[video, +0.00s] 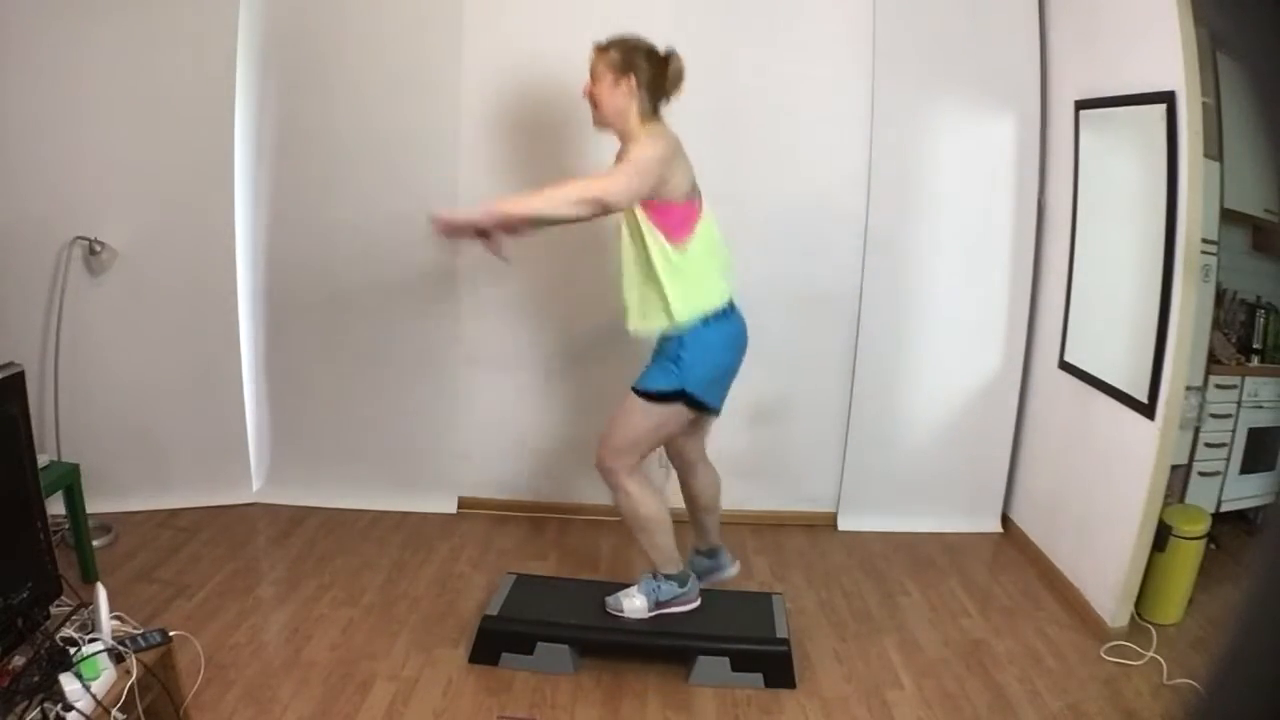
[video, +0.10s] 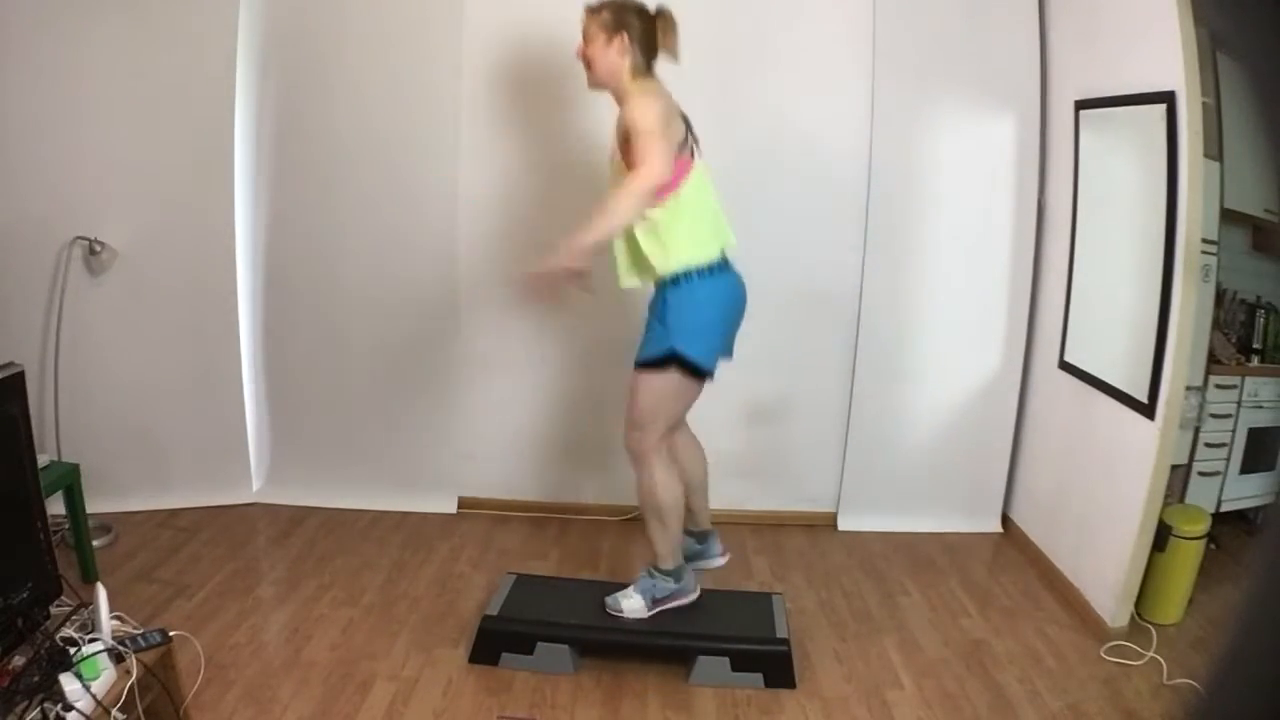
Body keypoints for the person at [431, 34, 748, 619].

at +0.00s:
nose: (587, 92)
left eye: (595, 80)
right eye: (589, 80)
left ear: (628, 86)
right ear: (633, 87)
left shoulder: (652, 152)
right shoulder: (647, 149)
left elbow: (594, 200)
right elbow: (587, 207)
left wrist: (499, 211)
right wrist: (505, 223)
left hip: (699, 338)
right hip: (709, 331)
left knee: (617, 459)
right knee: (688, 452)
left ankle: (672, 582)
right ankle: (710, 554)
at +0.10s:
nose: (579, 53)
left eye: (588, 41)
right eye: (582, 41)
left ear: (621, 45)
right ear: (620, 47)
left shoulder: (645, 104)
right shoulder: (644, 106)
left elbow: (652, 178)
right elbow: (644, 196)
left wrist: (577, 246)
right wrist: (584, 258)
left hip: (694, 289)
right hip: (695, 285)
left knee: (646, 436)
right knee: (666, 425)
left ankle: (668, 576)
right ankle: (700, 538)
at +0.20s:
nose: (576, 38)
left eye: (585, 26)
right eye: (577, 26)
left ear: (618, 30)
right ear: (617, 31)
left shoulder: (640, 87)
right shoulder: (637, 88)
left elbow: (689, 167)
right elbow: (686, 169)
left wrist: (669, 266)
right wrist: (654, 259)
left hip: (692, 265)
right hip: (693, 263)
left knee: (648, 425)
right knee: (666, 417)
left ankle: (665, 575)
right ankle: (682, 550)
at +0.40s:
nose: (582, 74)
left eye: (591, 63)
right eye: (585, 63)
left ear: (624, 70)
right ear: (626, 70)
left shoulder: (639, 129)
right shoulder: (643, 127)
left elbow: (681, 217)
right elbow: (679, 221)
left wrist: (676, 312)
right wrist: (665, 298)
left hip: (694, 304)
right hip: (696, 299)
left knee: (637, 464)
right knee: (654, 456)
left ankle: (673, 622)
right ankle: (676, 586)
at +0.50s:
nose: (590, 74)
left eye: (598, 62)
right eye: (591, 63)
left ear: (631, 65)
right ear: (637, 65)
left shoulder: (640, 119)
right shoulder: (660, 121)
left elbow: (621, 205)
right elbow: (662, 227)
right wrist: (606, 280)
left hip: (697, 306)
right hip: (704, 303)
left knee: (653, 466)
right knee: (661, 459)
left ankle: (674, 629)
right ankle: (674, 584)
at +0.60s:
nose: (597, 87)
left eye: (603, 75)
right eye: (598, 76)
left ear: (635, 75)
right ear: (644, 75)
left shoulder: (645, 123)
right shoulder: (665, 133)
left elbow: (557, 177)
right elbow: (620, 215)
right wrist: (539, 222)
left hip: (703, 316)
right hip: (701, 313)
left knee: (668, 476)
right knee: (641, 447)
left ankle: (684, 637)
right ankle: (675, 575)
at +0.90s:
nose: (595, 86)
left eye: (605, 75)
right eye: (598, 75)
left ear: (639, 80)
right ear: (640, 81)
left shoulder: (653, 136)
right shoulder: (639, 140)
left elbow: (600, 181)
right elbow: (578, 185)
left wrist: (498, 194)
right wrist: (506, 209)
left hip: (700, 335)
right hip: (677, 333)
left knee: (672, 485)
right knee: (621, 453)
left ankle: (694, 647)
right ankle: (669, 571)